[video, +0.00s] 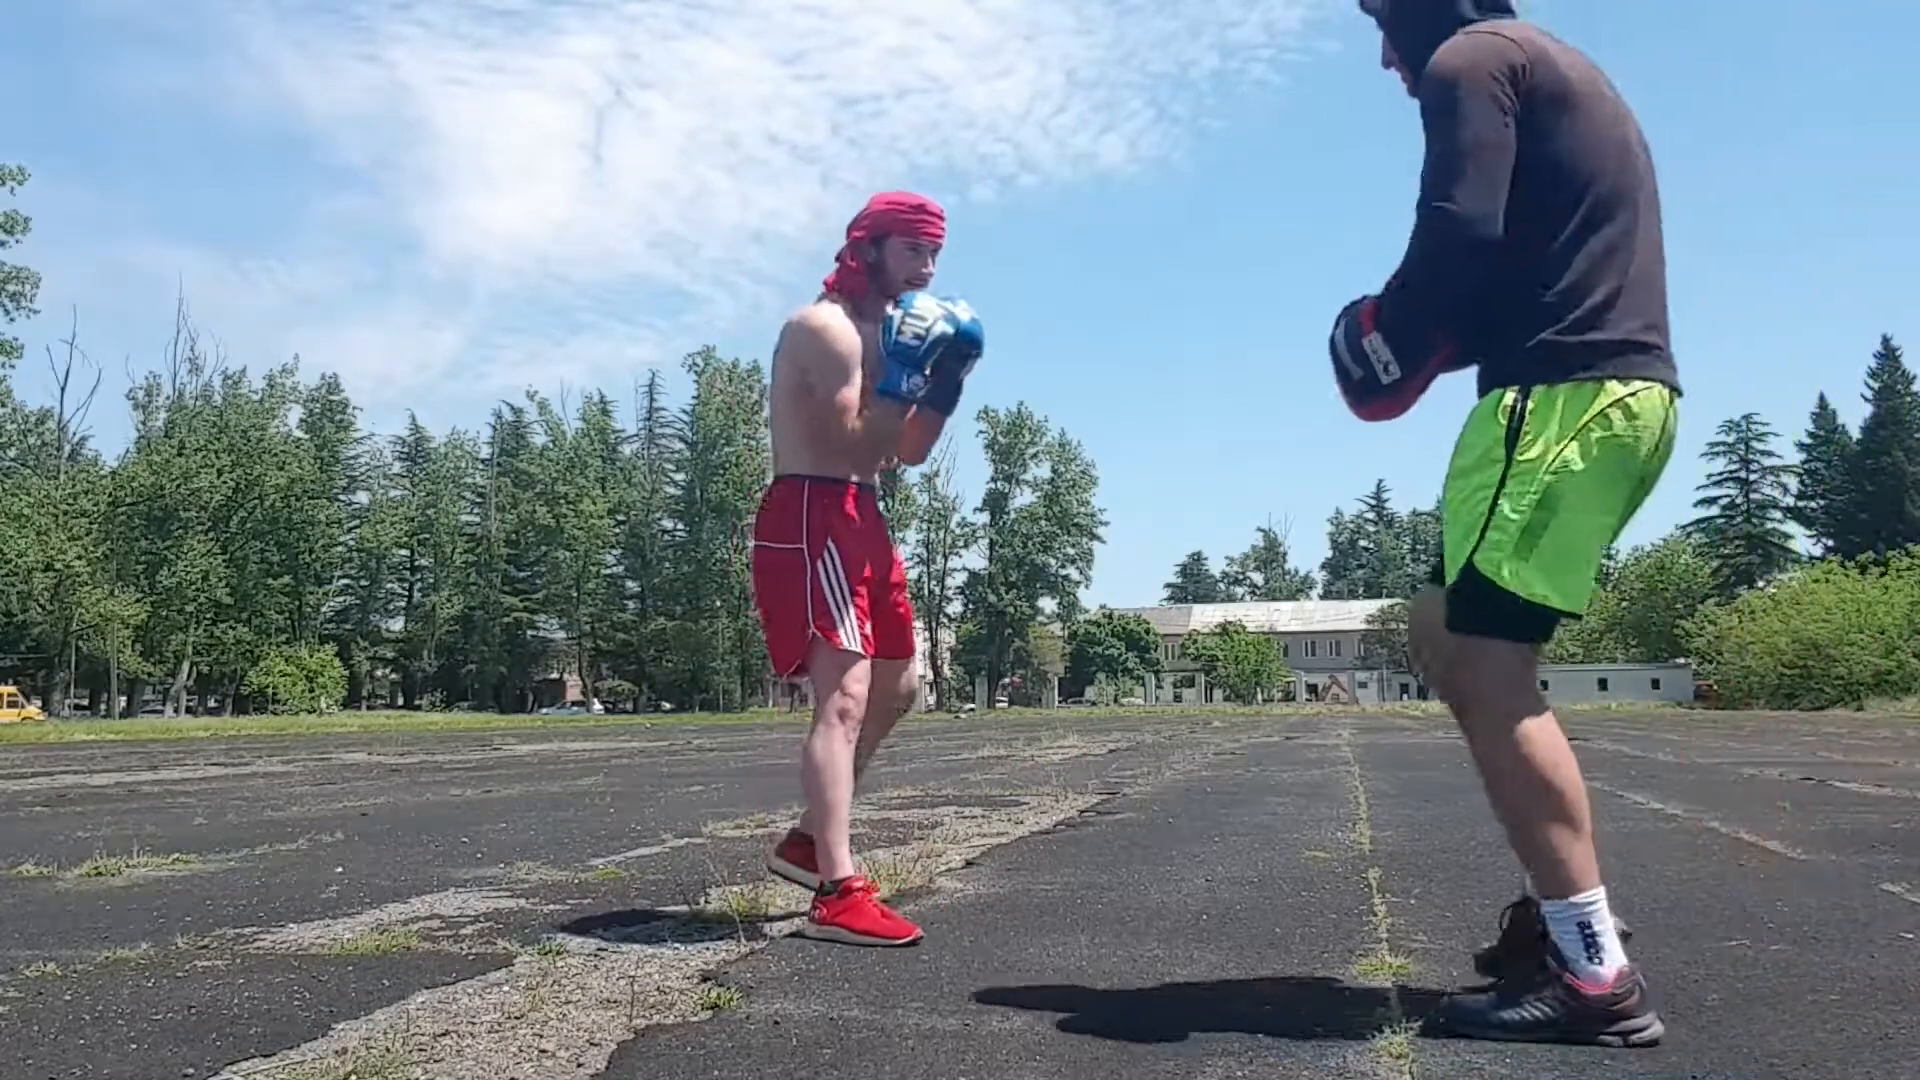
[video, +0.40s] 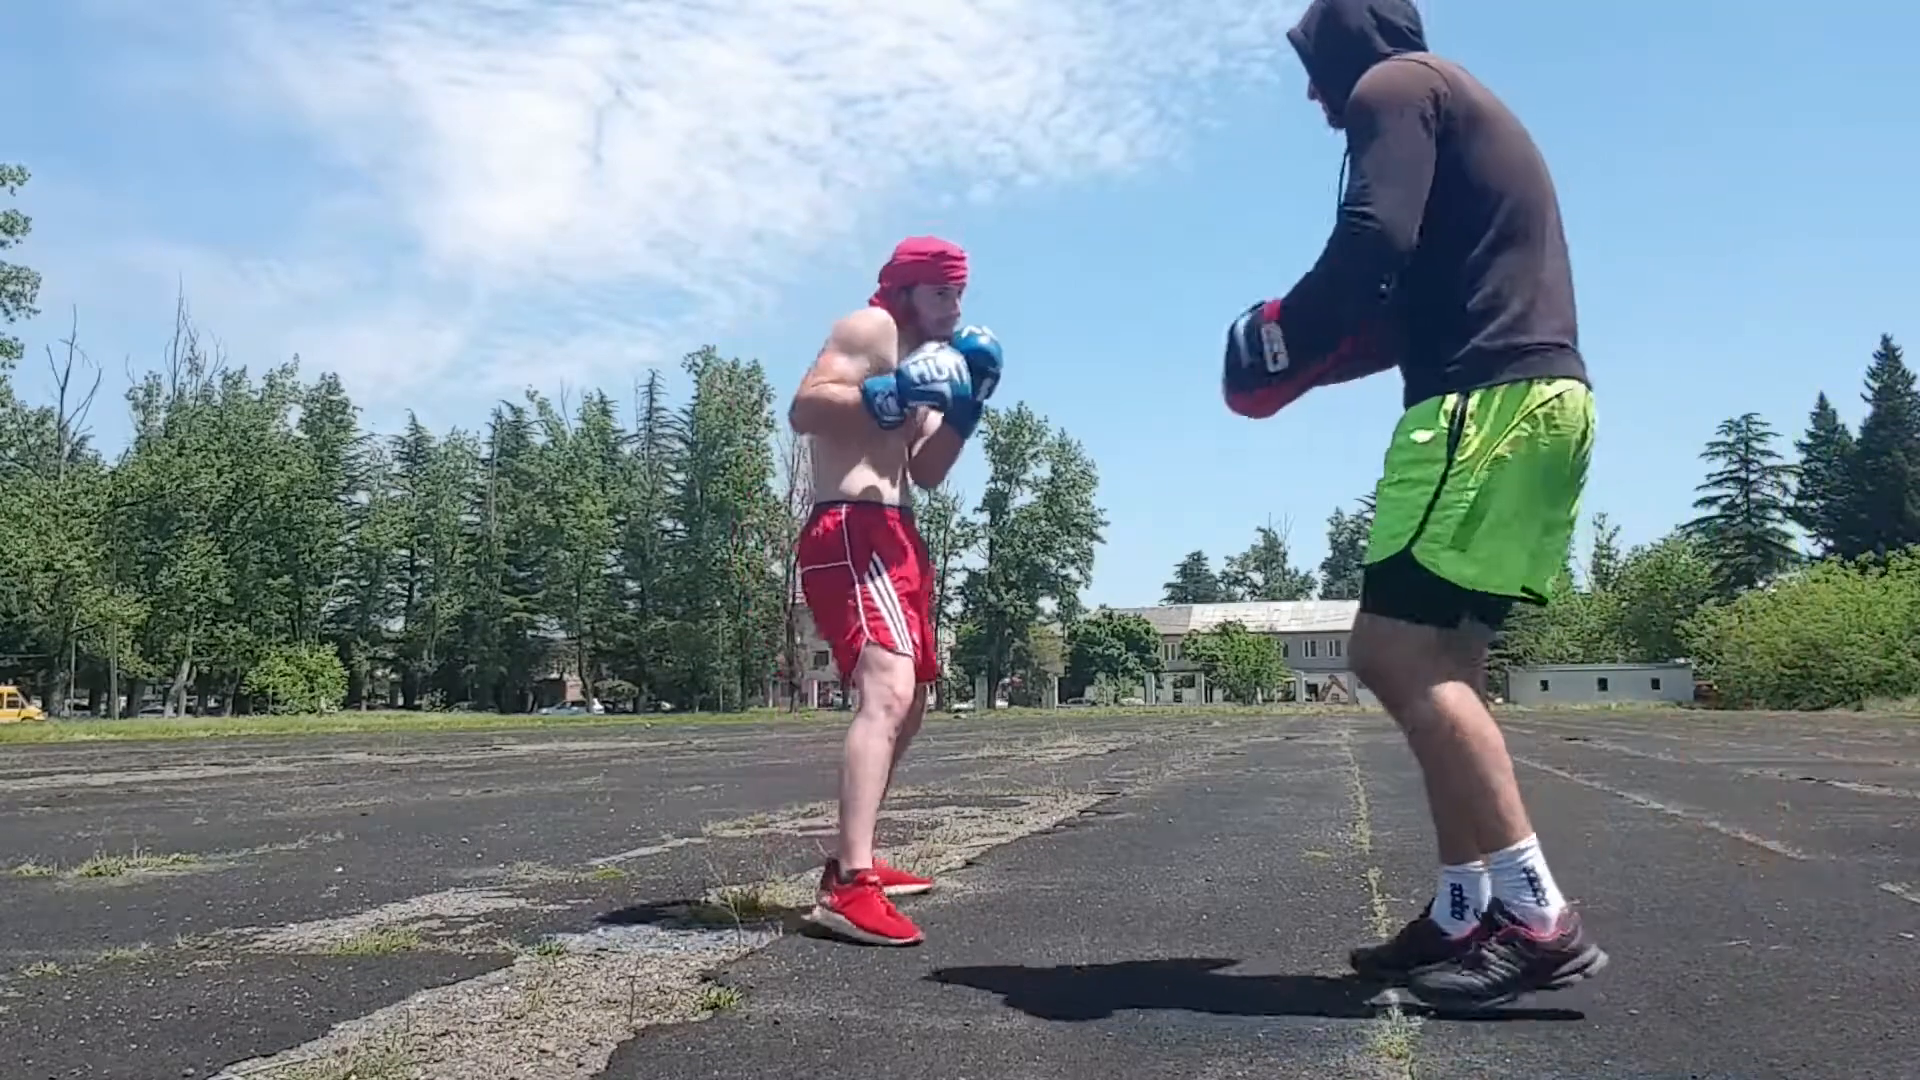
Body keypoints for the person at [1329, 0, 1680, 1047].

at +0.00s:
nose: (1386, 57)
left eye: (1385, 28)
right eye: (1378, 36)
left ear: (1423, 8)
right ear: (1479, 4)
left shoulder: (1470, 57)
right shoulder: (1560, 68)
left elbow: (1464, 221)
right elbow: (1537, 270)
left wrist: (1391, 327)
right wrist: (1426, 357)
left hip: (1563, 393)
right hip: (1619, 391)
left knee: (1490, 669)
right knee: (1443, 635)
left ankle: (1595, 977)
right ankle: (1556, 902)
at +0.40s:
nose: (1317, 97)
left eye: (1317, 73)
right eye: (1312, 81)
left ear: (1348, 46)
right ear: (1394, 30)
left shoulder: (1395, 80)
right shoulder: (1464, 105)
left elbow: (1380, 232)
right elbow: (1431, 307)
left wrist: (1285, 327)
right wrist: (1307, 364)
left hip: (1483, 397)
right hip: (1534, 392)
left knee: (1391, 651)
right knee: (1436, 663)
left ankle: (1536, 918)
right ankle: (1464, 919)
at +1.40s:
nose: (1274, 119)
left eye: (1281, 100)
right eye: (1273, 102)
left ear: (1322, 95)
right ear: (1343, 91)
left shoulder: (1388, 158)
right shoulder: (1351, 173)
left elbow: (1276, 244)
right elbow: (1278, 248)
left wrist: (1156, 205)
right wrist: (1181, 210)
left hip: (1435, 447)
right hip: (1380, 456)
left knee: (1406, 663)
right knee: (1329, 661)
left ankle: (1548, 901)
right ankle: (1385, 894)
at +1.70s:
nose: (1363, 81)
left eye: (1377, 62)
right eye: (1365, 64)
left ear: (1425, 67)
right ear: (1411, 71)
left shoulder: (1481, 155)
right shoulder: (1403, 172)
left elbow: (1351, 197)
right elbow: (1349, 258)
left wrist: (1293, 107)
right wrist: (1259, 203)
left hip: (1469, 460)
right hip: (1386, 462)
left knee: (1528, 674)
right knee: (1345, 660)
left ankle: (1656, 896)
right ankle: (1386, 893)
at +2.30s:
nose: (1374, 116)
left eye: (1385, 96)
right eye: (1372, 100)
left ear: (1440, 93)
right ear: (1416, 102)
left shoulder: (1533, 157)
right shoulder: (1416, 184)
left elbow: (1496, 229)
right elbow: (1343, 241)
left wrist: (1369, 158)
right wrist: (1284, 182)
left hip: (1558, 451)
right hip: (1459, 461)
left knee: (1568, 657)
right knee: (1402, 643)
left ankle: (1665, 885)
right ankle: (1444, 871)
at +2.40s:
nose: (1385, 142)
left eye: (1399, 124)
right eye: (1383, 125)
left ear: (1452, 123)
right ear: (1419, 131)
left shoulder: (1539, 188)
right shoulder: (1427, 205)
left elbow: (1491, 250)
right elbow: (1354, 260)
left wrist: (1361, 172)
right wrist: (1288, 186)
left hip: (1558, 474)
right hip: (1467, 481)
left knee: (1576, 674)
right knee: (1382, 646)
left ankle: (1669, 892)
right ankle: (1450, 838)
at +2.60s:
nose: (1378, 138)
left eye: (1392, 121)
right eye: (1375, 124)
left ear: (1442, 124)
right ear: (1392, 137)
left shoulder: (1517, 198)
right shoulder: (1401, 219)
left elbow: (1505, 270)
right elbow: (1306, 268)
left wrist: (1398, 215)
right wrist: (1258, 191)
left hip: (1537, 477)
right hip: (1441, 487)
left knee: (1592, 668)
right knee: (1424, 668)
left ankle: (1661, 884)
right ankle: (1476, 876)